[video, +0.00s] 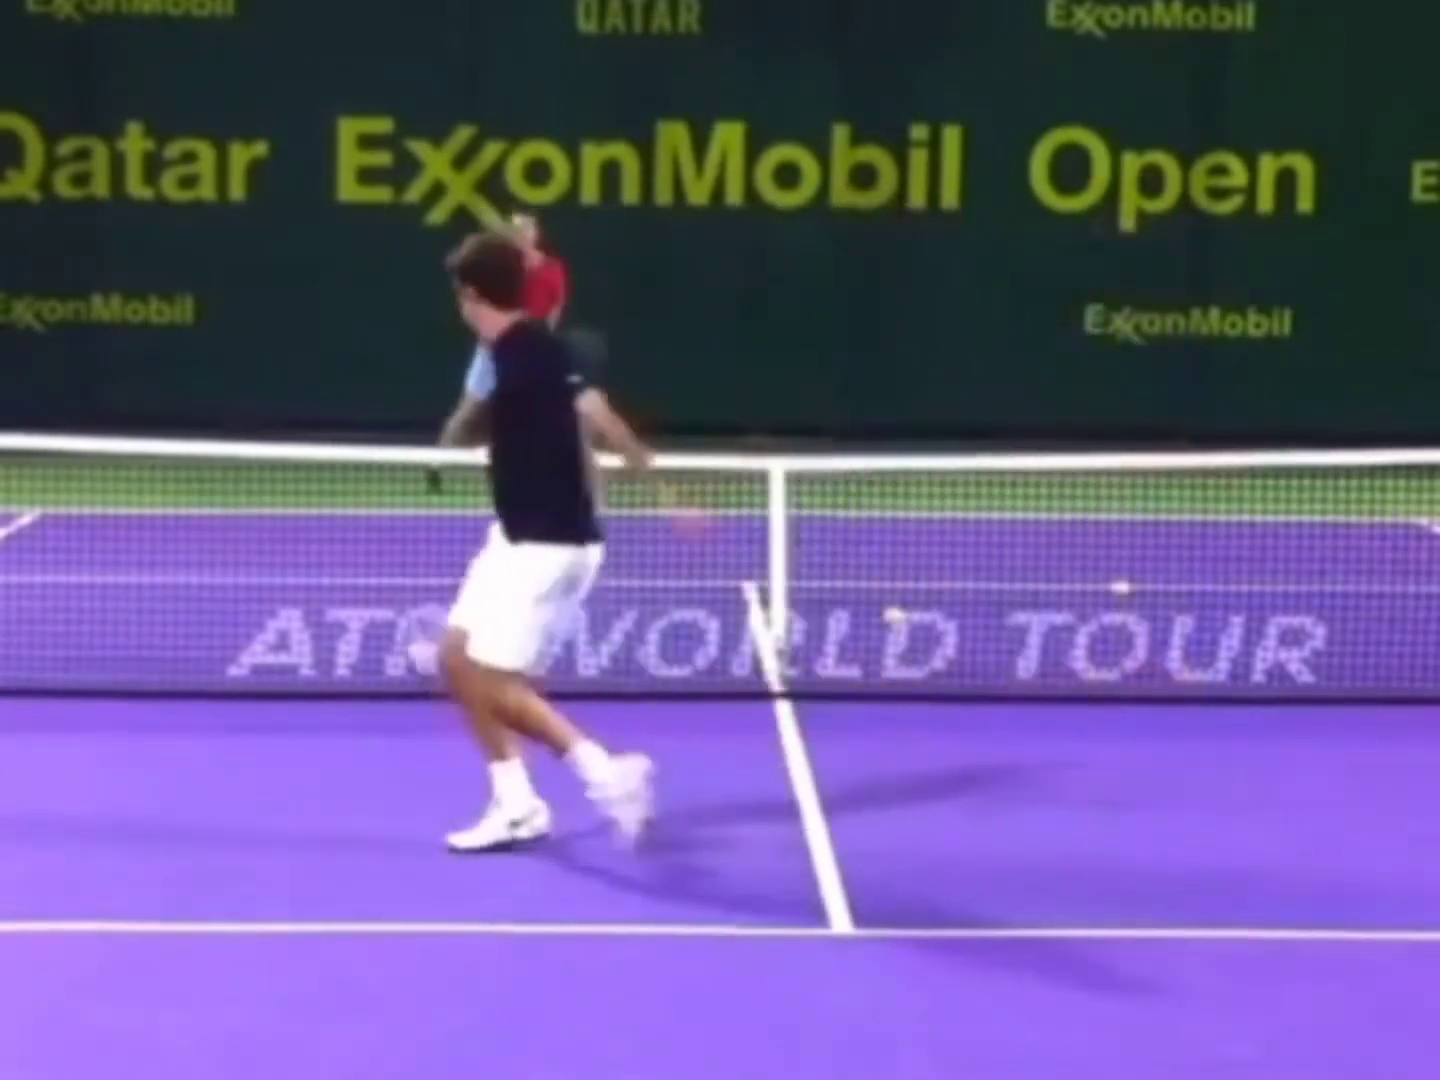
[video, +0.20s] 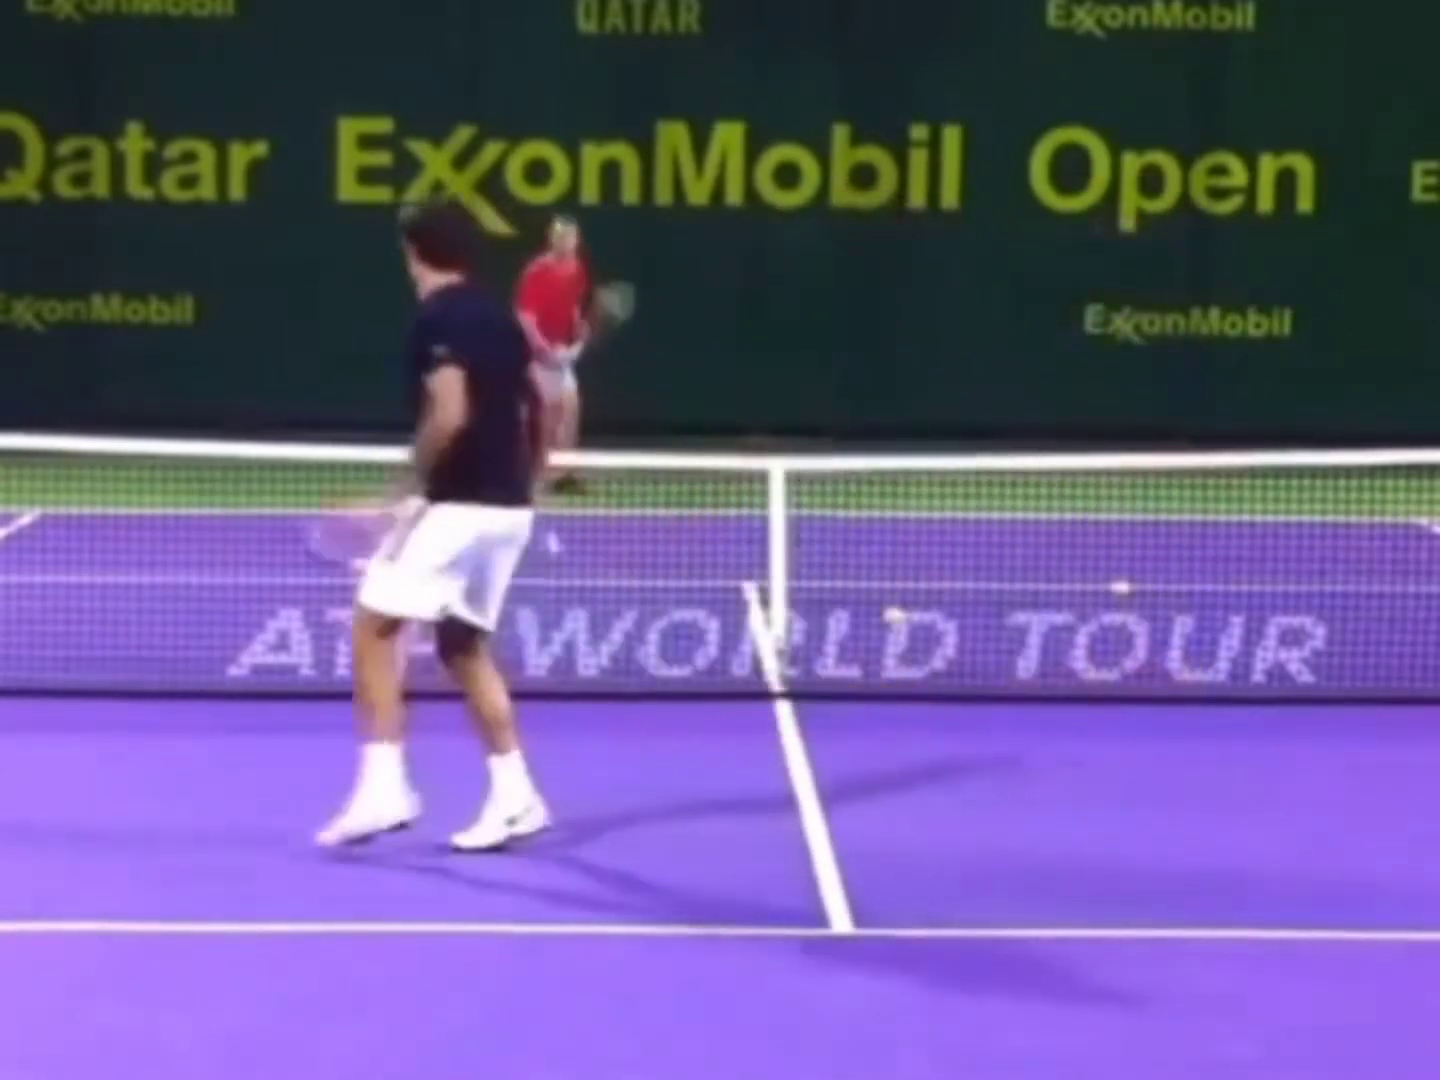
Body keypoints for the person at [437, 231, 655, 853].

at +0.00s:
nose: (461, 310)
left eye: (463, 298)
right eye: (461, 298)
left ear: (477, 298)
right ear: (516, 290)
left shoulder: (522, 349)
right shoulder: (536, 348)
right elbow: (591, 419)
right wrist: (641, 460)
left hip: (551, 544)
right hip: (521, 538)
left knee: (494, 678)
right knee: (458, 658)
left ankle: (607, 773)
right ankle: (515, 797)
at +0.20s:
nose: (409, 268)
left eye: (409, 257)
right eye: (414, 257)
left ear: (417, 257)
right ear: (469, 255)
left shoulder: (438, 317)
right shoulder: (505, 319)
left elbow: (449, 413)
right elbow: (548, 401)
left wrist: (414, 477)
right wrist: (529, 473)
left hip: (458, 506)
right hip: (511, 508)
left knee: (373, 625)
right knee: (463, 640)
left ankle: (383, 781)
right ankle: (513, 787)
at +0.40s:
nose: (359, 304)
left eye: (360, 296)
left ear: (360, 300)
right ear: (415, 301)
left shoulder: (345, 366)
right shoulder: (447, 367)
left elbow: (306, 454)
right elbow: (491, 460)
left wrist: (290, 487)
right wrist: (466, 494)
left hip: (357, 550)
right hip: (436, 554)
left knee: (290, 678)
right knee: (420, 674)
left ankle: (278, 821)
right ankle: (470, 793)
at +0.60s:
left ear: (366, 257)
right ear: (422, 261)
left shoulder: (328, 315)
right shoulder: (444, 320)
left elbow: (287, 403)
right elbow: (481, 414)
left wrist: (334, 412)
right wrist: (448, 459)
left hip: (339, 506)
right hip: (422, 504)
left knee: (308, 649)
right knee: (464, 635)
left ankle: (274, 803)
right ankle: (491, 783)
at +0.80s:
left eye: (398, 260)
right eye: (424, 261)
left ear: (382, 267)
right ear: (438, 269)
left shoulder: (343, 327)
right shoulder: (460, 334)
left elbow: (297, 417)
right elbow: (499, 425)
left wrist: (347, 431)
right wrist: (474, 470)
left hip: (354, 515)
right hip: (436, 513)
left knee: (299, 652)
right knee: (499, 647)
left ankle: (238, 807)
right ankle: (562, 795)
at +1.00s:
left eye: (428, 307)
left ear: (418, 315)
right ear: (474, 316)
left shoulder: (387, 380)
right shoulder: (503, 388)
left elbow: (351, 472)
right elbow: (536, 494)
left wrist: (394, 480)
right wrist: (501, 499)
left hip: (401, 566)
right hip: (491, 565)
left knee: (328, 681)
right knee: (559, 680)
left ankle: (247, 808)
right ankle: (575, 820)